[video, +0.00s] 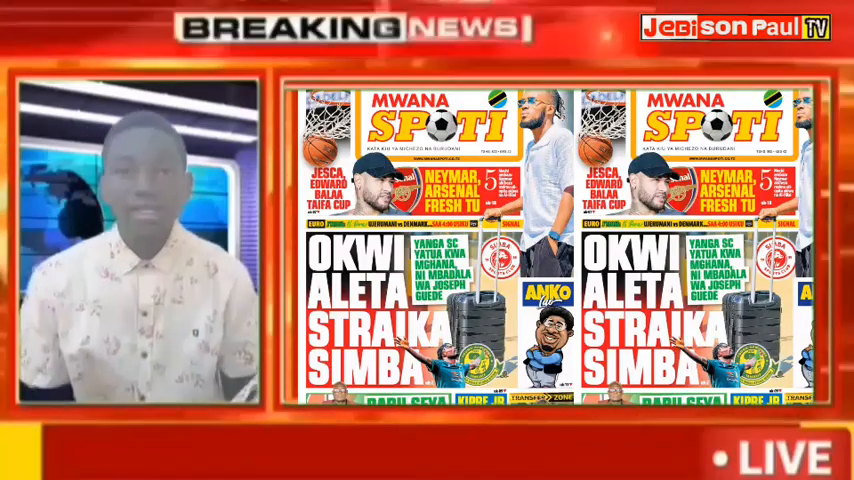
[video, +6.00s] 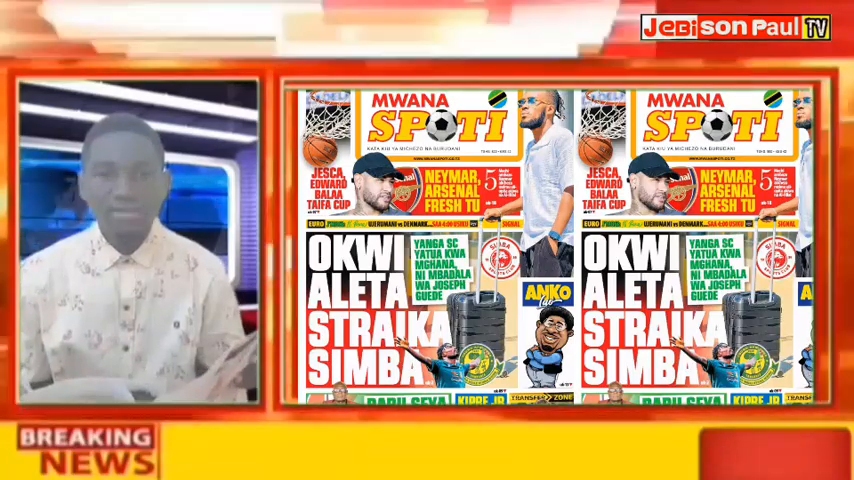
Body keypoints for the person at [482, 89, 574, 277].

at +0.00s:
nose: (523, 107)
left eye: (531, 101)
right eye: (522, 103)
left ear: (549, 110)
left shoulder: (563, 138)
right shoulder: (531, 147)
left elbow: (571, 192)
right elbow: (532, 196)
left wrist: (553, 238)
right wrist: (502, 211)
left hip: (552, 242)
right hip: (530, 243)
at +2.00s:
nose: (523, 107)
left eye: (531, 101)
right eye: (522, 103)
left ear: (549, 110)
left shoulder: (563, 138)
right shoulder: (531, 147)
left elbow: (571, 192)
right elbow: (532, 196)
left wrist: (553, 238)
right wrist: (502, 211)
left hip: (552, 242)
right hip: (530, 243)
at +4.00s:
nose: (523, 107)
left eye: (531, 101)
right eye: (522, 103)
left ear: (549, 110)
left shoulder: (563, 138)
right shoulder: (531, 147)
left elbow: (571, 192)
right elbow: (532, 196)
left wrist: (553, 238)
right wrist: (502, 211)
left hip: (552, 242)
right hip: (530, 243)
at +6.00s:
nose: (523, 107)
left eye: (531, 101)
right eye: (522, 103)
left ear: (549, 110)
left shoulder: (563, 139)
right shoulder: (531, 147)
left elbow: (571, 192)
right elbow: (532, 196)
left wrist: (554, 238)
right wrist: (502, 211)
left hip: (552, 241)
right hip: (530, 242)